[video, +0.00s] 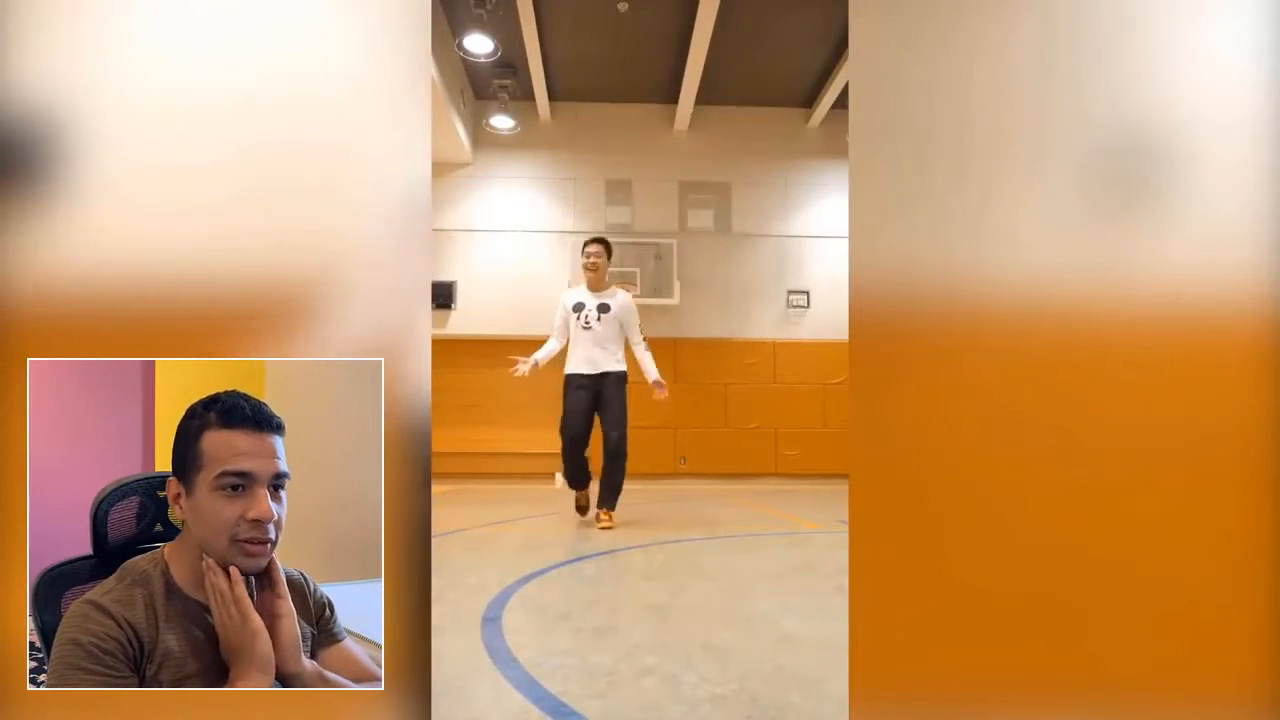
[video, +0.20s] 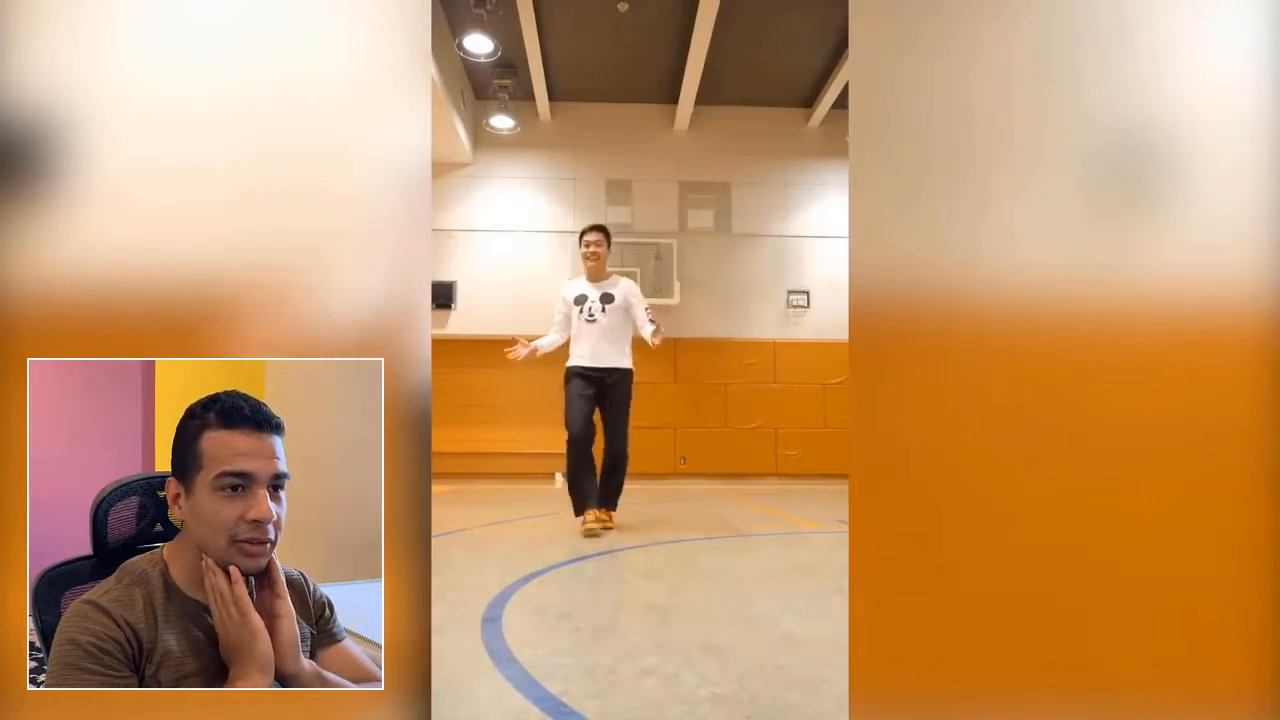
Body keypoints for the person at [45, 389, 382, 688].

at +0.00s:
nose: (264, 513)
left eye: (276, 487)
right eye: (234, 487)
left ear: (287, 492)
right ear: (178, 500)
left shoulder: (299, 595)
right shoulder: (103, 624)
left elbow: (384, 702)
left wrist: (301, 672)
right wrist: (250, 677)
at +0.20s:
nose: (264, 513)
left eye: (276, 488)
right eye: (234, 488)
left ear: (286, 493)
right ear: (177, 500)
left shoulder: (298, 594)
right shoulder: (102, 624)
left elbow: (384, 701)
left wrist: (300, 672)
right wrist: (249, 677)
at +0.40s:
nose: (263, 514)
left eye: (275, 488)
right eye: (233, 488)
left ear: (286, 494)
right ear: (177, 500)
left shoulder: (298, 595)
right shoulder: (102, 624)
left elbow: (385, 701)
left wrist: (301, 672)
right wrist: (250, 677)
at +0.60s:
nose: (263, 513)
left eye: (275, 488)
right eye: (233, 488)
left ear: (286, 493)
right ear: (177, 500)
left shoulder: (298, 594)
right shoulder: (102, 623)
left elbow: (384, 700)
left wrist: (301, 672)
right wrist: (250, 677)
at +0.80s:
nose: (262, 512)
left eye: (275, 487)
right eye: (233, 487)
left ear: (286, 494)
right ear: (177, 500)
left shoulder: (296, 594)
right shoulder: (102, 623)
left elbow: (387, 700)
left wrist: (302, 672)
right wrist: (250, 678)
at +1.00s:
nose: (263, 508)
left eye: (274, 484)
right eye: (232, 484)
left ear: (285, 491)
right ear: (177, 498)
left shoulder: (294, 593)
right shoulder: (101, 623)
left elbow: (383, 697)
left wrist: (303, 673)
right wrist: (250, 678)